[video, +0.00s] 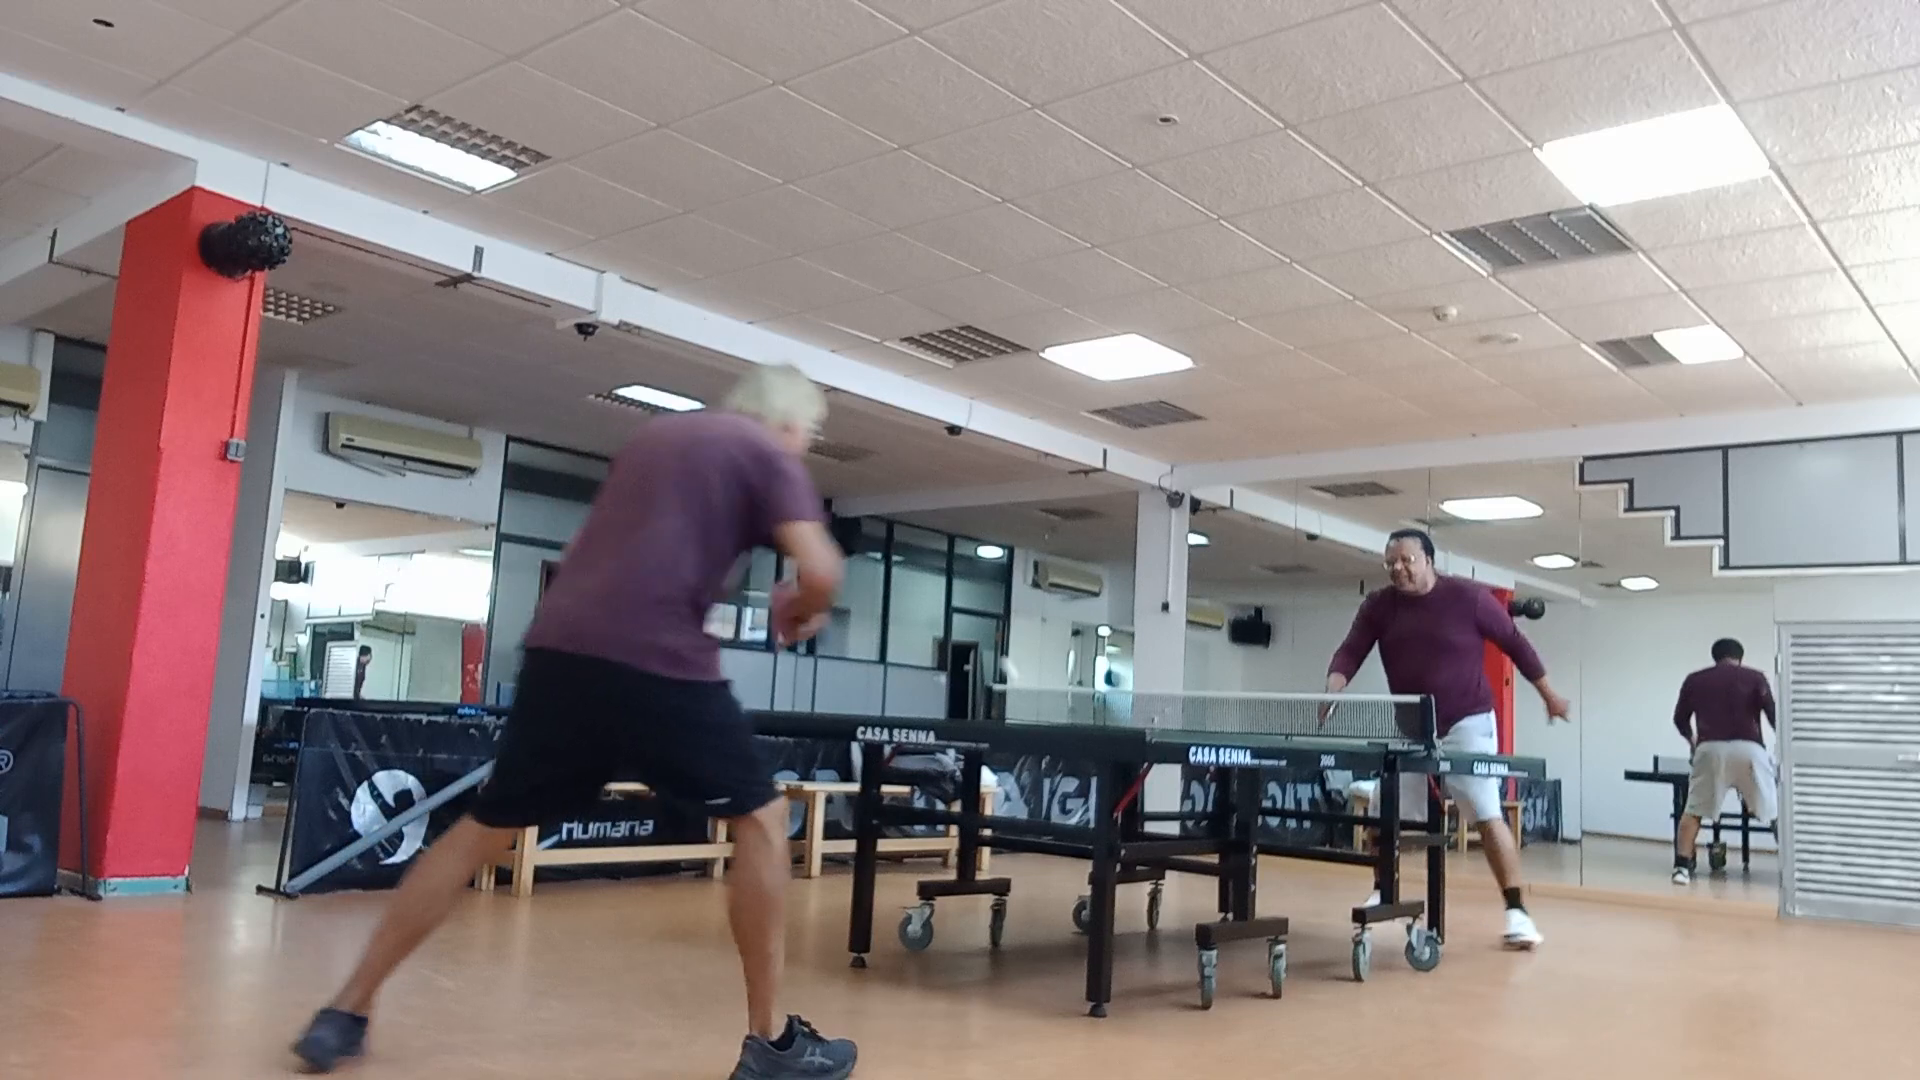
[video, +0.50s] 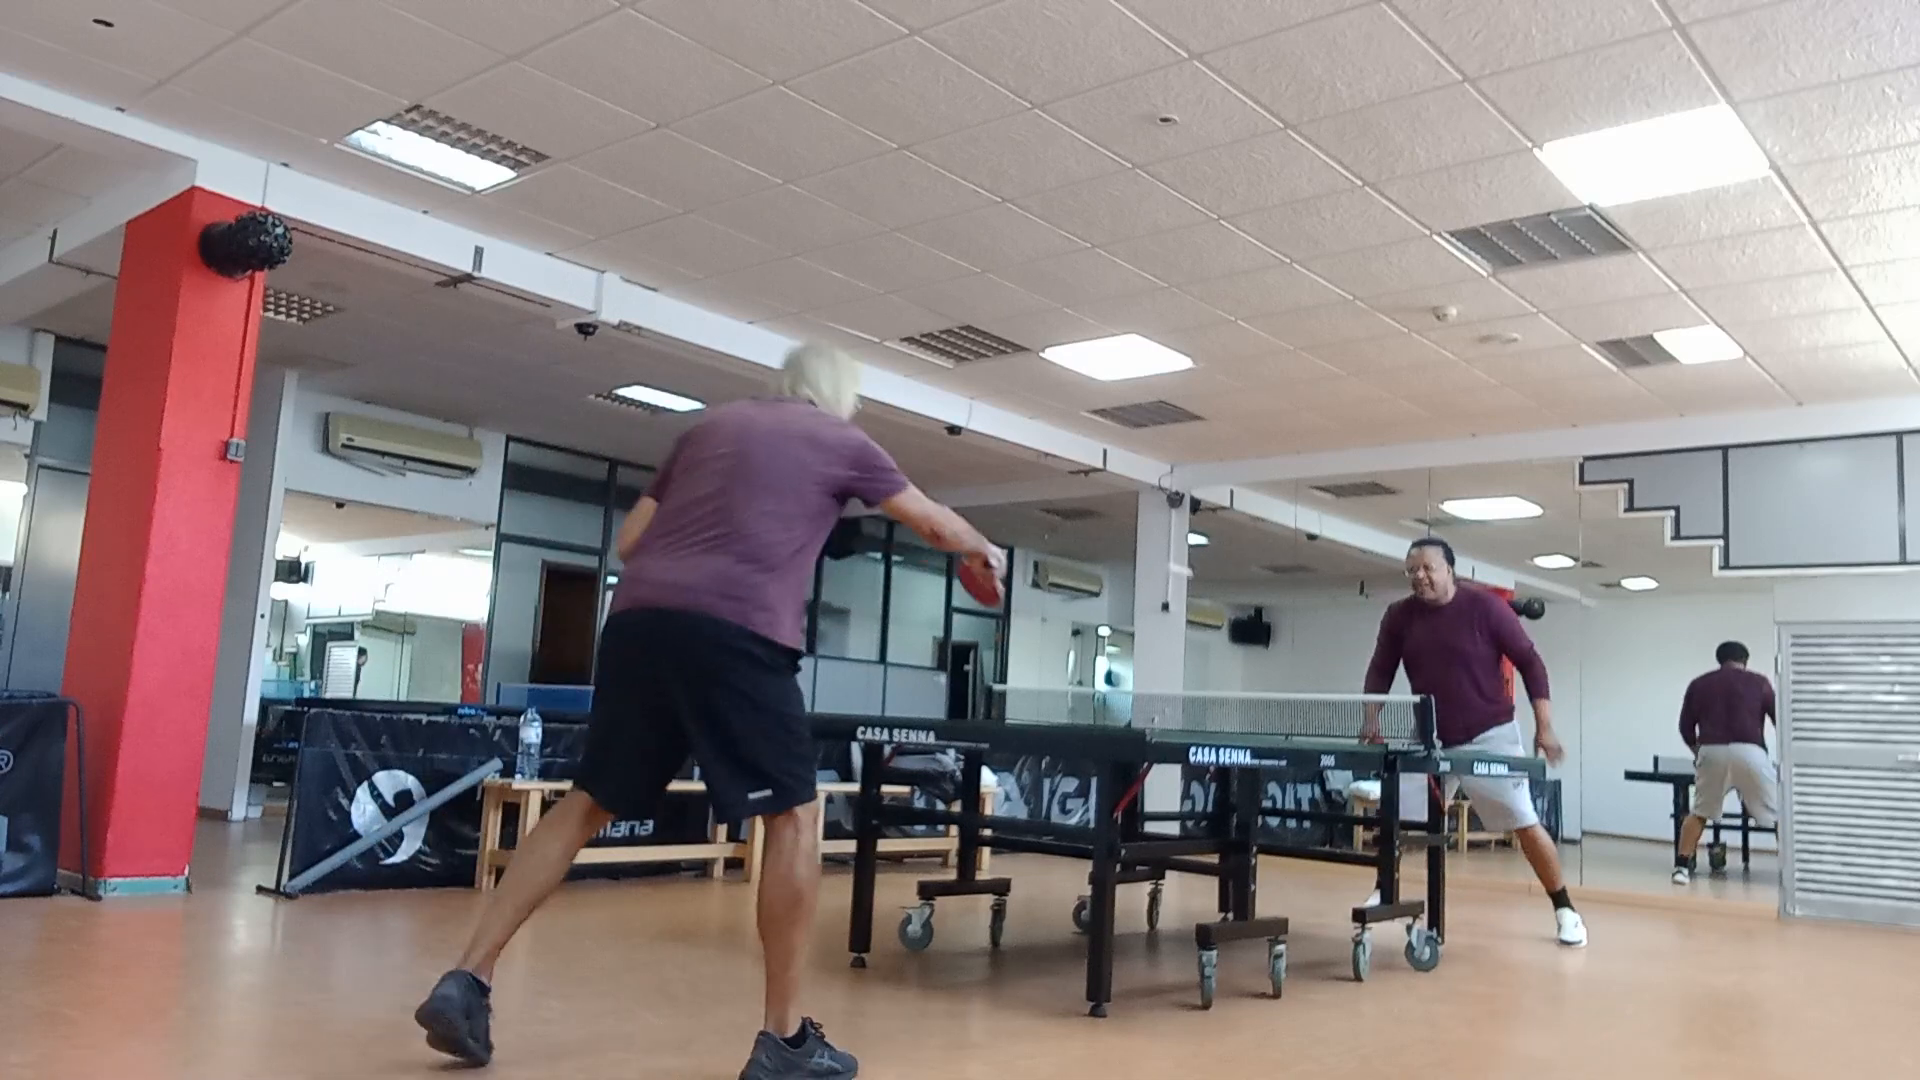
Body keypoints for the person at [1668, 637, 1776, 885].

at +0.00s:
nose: (1738, 663)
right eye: (1740, 659)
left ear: (1714, 659)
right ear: (1740, 658)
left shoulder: (1695, 679)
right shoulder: (1754, 677)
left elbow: (1680, 719)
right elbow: (1775, 716)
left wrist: (1692, 740)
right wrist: (1789, 742)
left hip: (1709, 750)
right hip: (1749, 750)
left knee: (1692, 812)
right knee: (1774, 813)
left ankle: (1681, 867)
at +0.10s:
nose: (1736, 663)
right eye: (1736, 659)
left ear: (1711, 658)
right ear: (1736, 658)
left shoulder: (1690, 679)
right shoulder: (1751, 677)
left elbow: (1676, 720)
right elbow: (1769, 715)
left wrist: (1687, 742)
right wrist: (1776, 738)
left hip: (1704, 749)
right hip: (1744, 749)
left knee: (1691, 812)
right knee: (1774, 811)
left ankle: (1681, 867)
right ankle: (1795, 864)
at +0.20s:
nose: (1734, 664)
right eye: (1735, 660)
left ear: (1710, 660)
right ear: (1735, 659)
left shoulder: (1690, 681)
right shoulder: (1750, 678)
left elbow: (1675, 723)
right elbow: (1771, 717)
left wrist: (1687, 748)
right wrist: (1780, 744)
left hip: (1704, 751)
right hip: (1744, 751)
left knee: (1691, 812)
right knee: (1773, 814)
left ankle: (1681, 867)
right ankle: (1794, 867)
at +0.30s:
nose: (1735, 665)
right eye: (1736, 661)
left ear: (1711, 661)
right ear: (1737, 661)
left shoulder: (1692, 684)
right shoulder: (1753, 680)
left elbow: (1677, 725)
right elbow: (1776, 718)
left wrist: (1689, 752)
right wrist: (1788, 749)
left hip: (1707, 755)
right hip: (1747, 754)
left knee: (1693, 813)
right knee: (1774, 818)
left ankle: (1681, 867)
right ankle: (1792, 871)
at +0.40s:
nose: (1740, 666)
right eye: (1741, 662)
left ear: (1715, 662)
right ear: (1740, 662)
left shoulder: (1695, 684)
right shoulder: (1756, 681)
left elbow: (1681, 726)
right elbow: (1779, 720)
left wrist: (1693, 752)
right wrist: (1789, 751)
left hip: (1709, 754)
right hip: (1749, 754)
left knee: (1696, 812)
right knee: (1776, 816)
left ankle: (1681, 867)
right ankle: (1792, 872)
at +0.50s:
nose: (1745, 666)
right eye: (1746, 663)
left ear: (1719, 661)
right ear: (1744, 662)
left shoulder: (1699, 684)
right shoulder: (1759, 682)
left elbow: (1685, 726)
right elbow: (1782, 721)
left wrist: (1699, 751)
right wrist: (1790, 752)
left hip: (1711, 753)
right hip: (1750, 753)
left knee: (1699, 812)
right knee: (1778, 816)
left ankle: (1681, 867)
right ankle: (1794, 875)